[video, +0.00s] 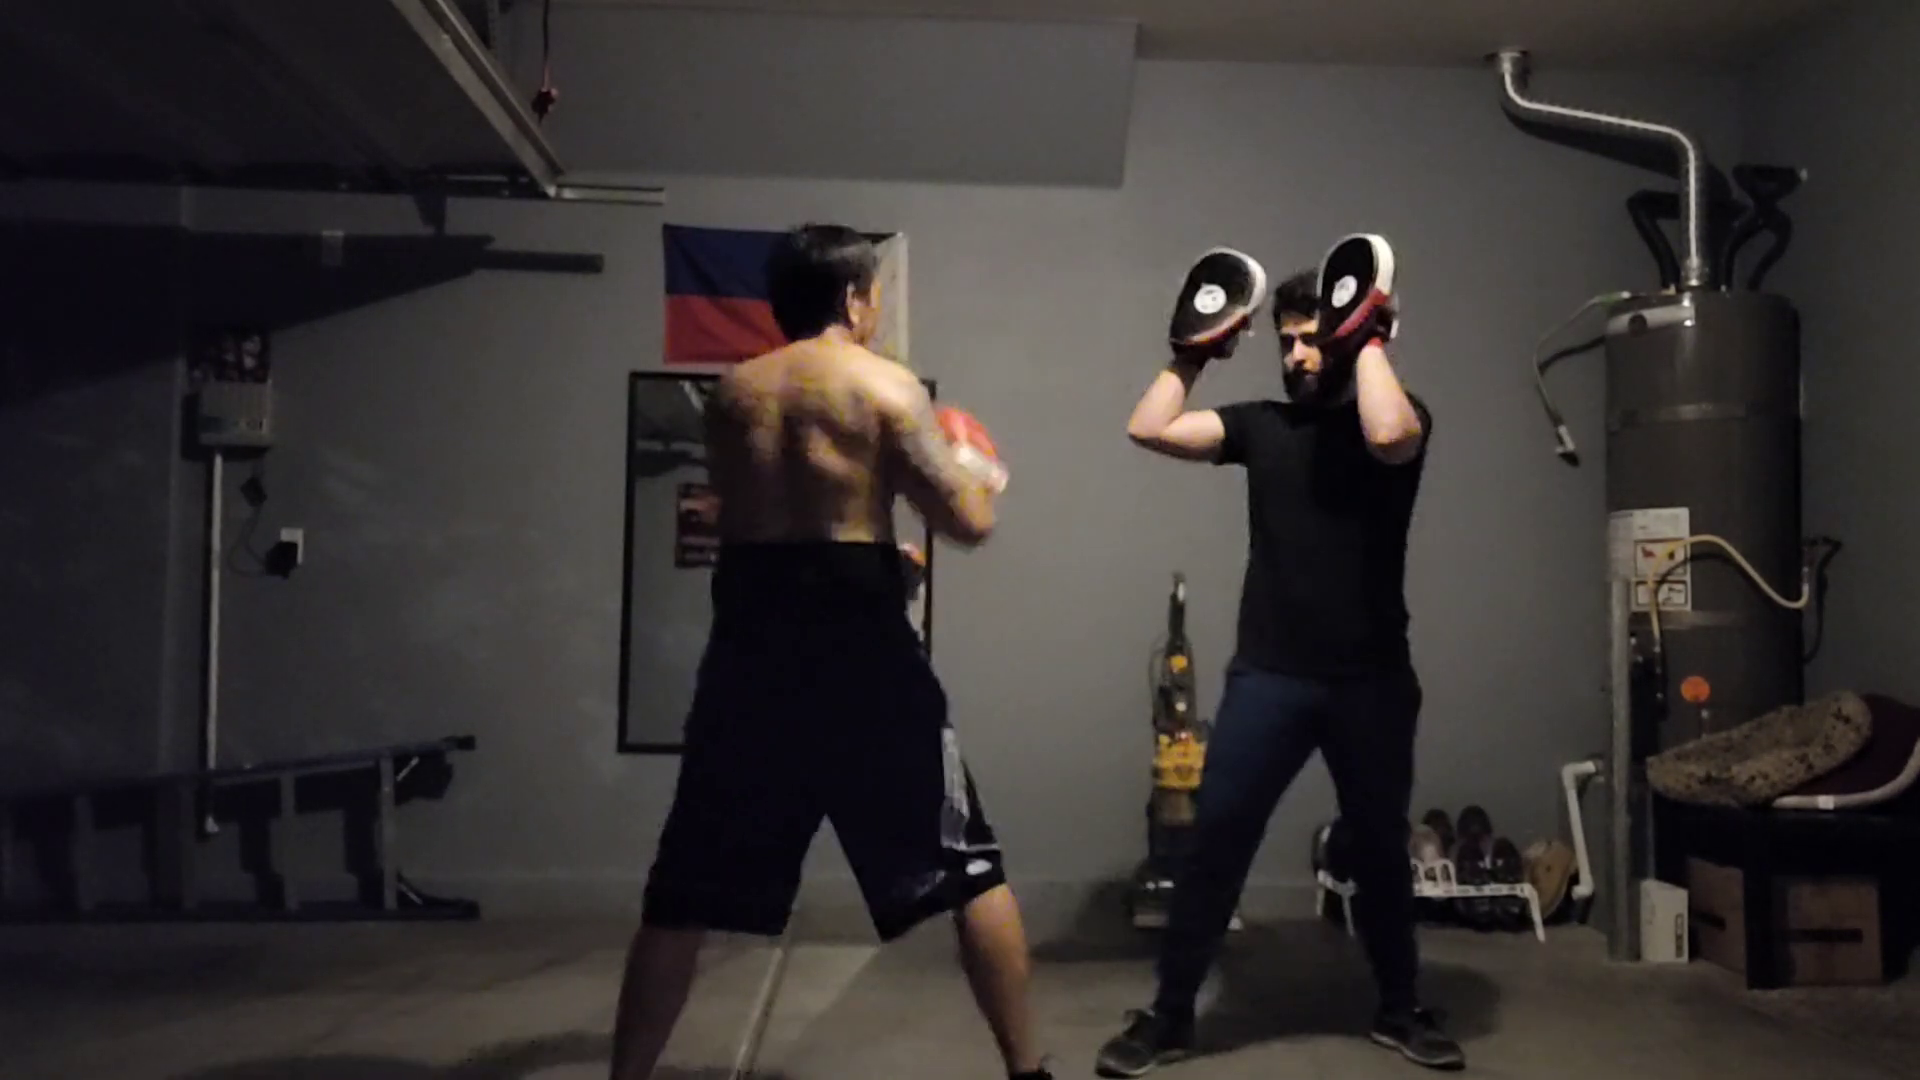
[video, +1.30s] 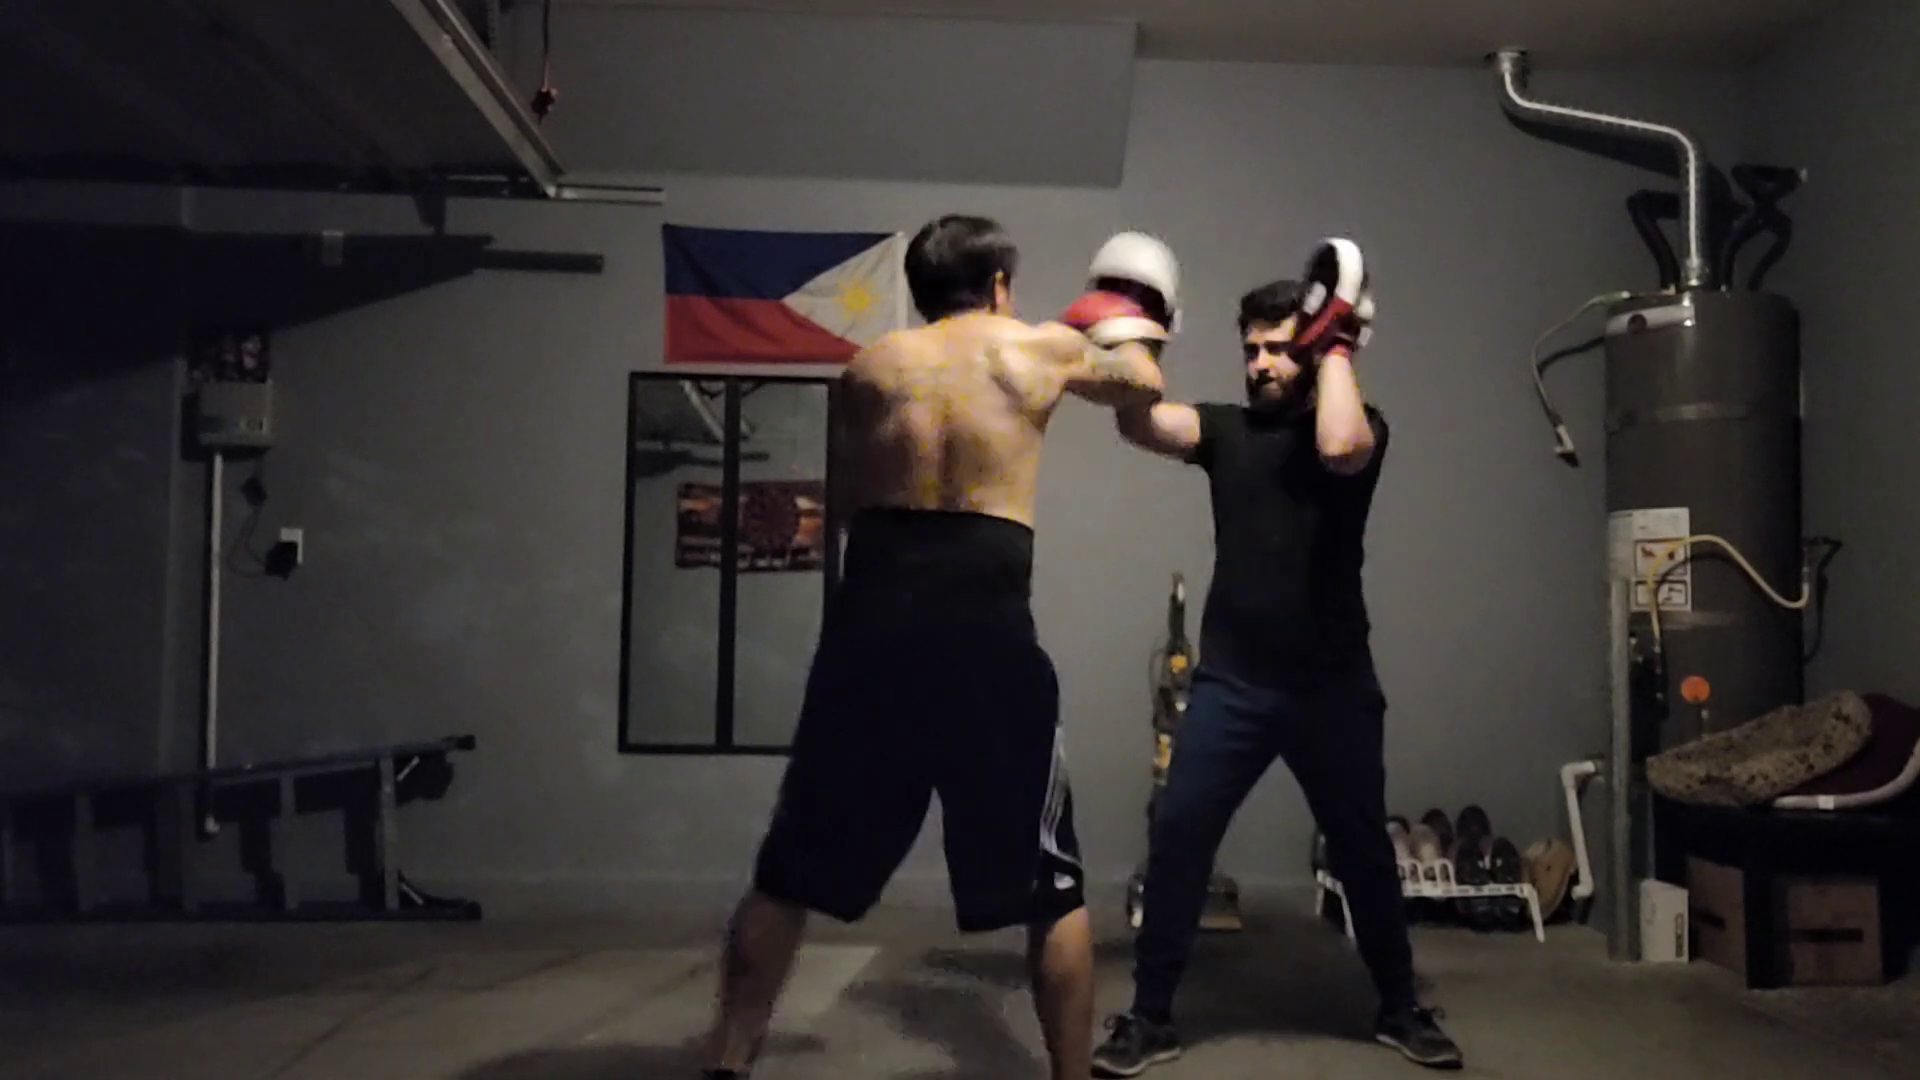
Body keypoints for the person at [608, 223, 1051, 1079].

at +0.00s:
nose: (880, 312)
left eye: (875, 297)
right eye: (877, 299)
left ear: (787, 303)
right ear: (854, 305)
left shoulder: (730, 389)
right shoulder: (883, 386)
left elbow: (755, 515)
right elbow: (973, 521)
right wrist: (981, 472)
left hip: (748, 665)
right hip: (866, 664)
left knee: (681, 889)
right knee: (969, 869)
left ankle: (626, 1071)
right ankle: (1027, 1066)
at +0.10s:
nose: (901, 304)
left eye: (896, 290)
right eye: (896, 292)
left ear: (801, 300)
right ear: (875, 301)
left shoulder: (744, 390)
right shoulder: (922, 372)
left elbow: (730, 525)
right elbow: (1055, 445)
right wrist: (1014, 379)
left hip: (770, 677)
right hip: (894, 674)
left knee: (690, 892)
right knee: (981, 879)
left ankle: (632, 1071)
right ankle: (1041, 1070)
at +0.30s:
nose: (970, 298)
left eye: (966, 286)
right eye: (968, 286)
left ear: (872, 290)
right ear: (953, 293)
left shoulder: (821, 364)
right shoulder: (986, 366)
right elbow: (1059, 478)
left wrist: (975, 362)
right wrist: (1060, 382)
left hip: (823, 625)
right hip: (933, 631)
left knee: (757, 864)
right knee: (1013, 879)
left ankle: (675, 1064)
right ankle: (1052, 1070)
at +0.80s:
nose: (1016, 311)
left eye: (1012, 299)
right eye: (1014, 299)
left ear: (922, 300)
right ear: (1000, 303)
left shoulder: (867, 377)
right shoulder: (1019, 375)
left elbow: (925, 479)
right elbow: (1102, 492)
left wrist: (1026, 453)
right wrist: (1118, 395)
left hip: (857, 644)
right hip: (967, 647)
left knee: (782, 875)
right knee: (1047, 885)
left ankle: (701, 1064)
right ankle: (1066, 1068)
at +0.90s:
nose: (1031, 306)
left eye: (1026, 294)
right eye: (1029, 295)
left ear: (939, 300)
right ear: (1016, 301)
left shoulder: (872, 381)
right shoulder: (1046, 365)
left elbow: (847, 519)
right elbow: (1147, 398)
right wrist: (1132, 336)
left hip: (867, 649)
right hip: (976, 653)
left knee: (790, 861)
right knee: (1052, 888)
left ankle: (694, 1043)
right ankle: (1070, 1071)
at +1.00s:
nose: (1038, 301)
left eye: (1034, 289)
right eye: (1035, 289)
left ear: (942, 291)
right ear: (1021, 293)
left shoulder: (881, 366)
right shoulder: (1053, 366)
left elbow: (892, 476)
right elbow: (1137, 462)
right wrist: (1132, 374)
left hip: (863, 627)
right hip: (972, 635)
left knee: (789, 853)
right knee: (1046, 883)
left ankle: (696, 1046)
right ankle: (1070, 1070)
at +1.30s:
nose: (1015, 293)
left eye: (1011, 282)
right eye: (1013, 281)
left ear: (916, 292)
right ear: (1000, 287)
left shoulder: (864, 366)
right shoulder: (1037, 349)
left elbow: (842, 505)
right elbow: (1141, 380)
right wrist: (1123, 334)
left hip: (872, 633)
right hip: (986, 635)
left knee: (790, 863)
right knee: (1049, 878)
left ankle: (728, 1058)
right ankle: (1075, 1069)